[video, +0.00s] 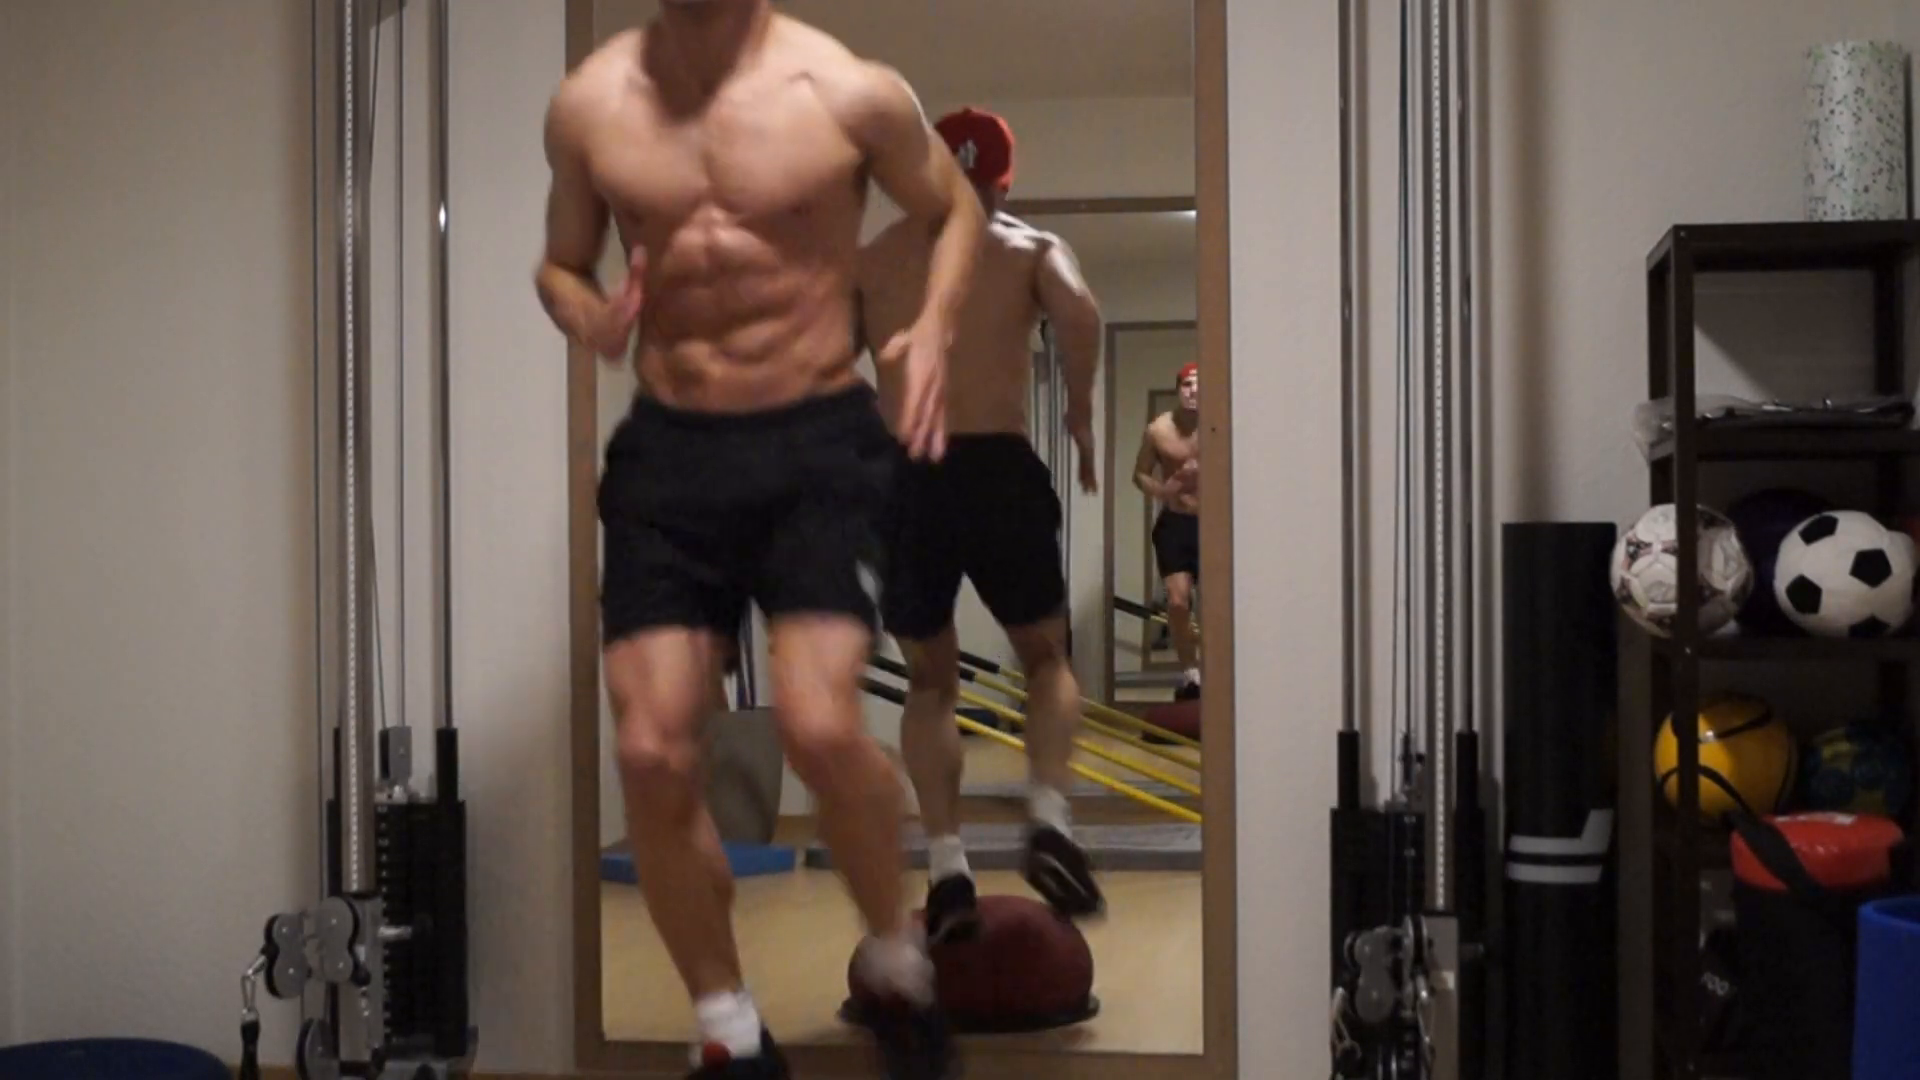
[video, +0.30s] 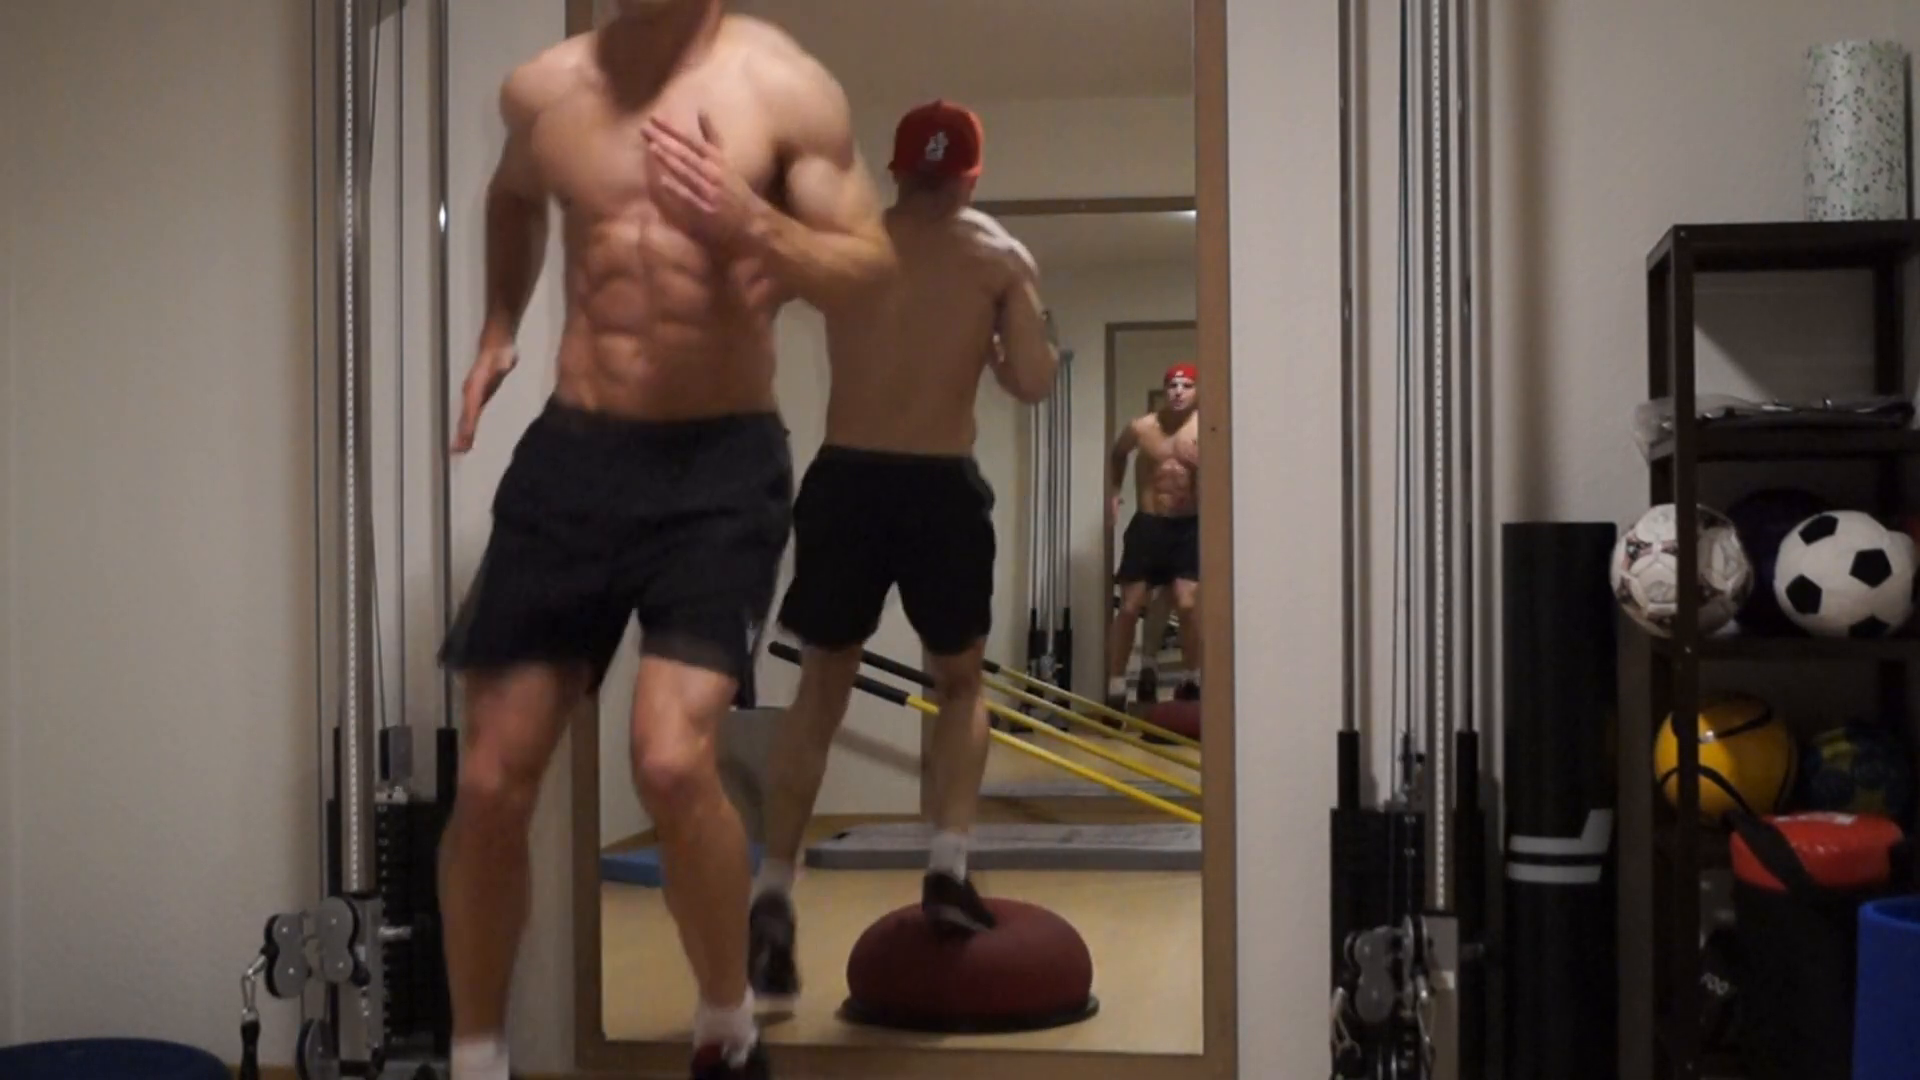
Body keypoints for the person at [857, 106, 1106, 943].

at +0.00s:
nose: (1005, 185)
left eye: (982, 171)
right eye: (1006, 174)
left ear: (935, 171)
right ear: (1006, 178)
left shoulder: (877, 255)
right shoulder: (1029, 246)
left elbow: (824, 343)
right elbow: (1080, 313)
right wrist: (1080, 408)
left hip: (904, 478)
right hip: (1001, 473)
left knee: (929, 677)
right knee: (1046, 658)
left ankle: (947, 869)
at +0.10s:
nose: (998, 169)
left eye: (980, 155)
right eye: (1000, 157)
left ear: (929, 155)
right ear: (1000, 161)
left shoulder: (872, 233)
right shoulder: (1028, 232)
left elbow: (816, 314)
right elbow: (1061, 294)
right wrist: (1058, 379)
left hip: (884, 450)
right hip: (984, 449)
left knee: (899, 643)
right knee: (1007, 636)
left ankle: (906, 811)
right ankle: (993, 811)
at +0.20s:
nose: (953, 178)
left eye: (944, 164)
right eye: (962, 164)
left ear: (908, 155)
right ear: (985, 160)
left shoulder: (863, 220)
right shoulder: (1015, 242)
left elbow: (792, 278)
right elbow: (1052, 365)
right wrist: (999, 366)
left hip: (862, 463)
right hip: (963, 474)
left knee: (846, 650)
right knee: (958, 677)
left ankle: (813, 820)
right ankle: (951, 881)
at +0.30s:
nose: (950, 191)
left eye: (937, 174)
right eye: (963, 177)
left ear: (898, 168)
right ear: (972, 175)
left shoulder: (849, 241)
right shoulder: (999, 257)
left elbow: (764, 299)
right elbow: (1032, 379)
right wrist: (988, 322)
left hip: (843, 488)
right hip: (943, 496)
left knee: (819, 694)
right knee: (959, 683)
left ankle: (773, 891)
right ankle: (947, 865)